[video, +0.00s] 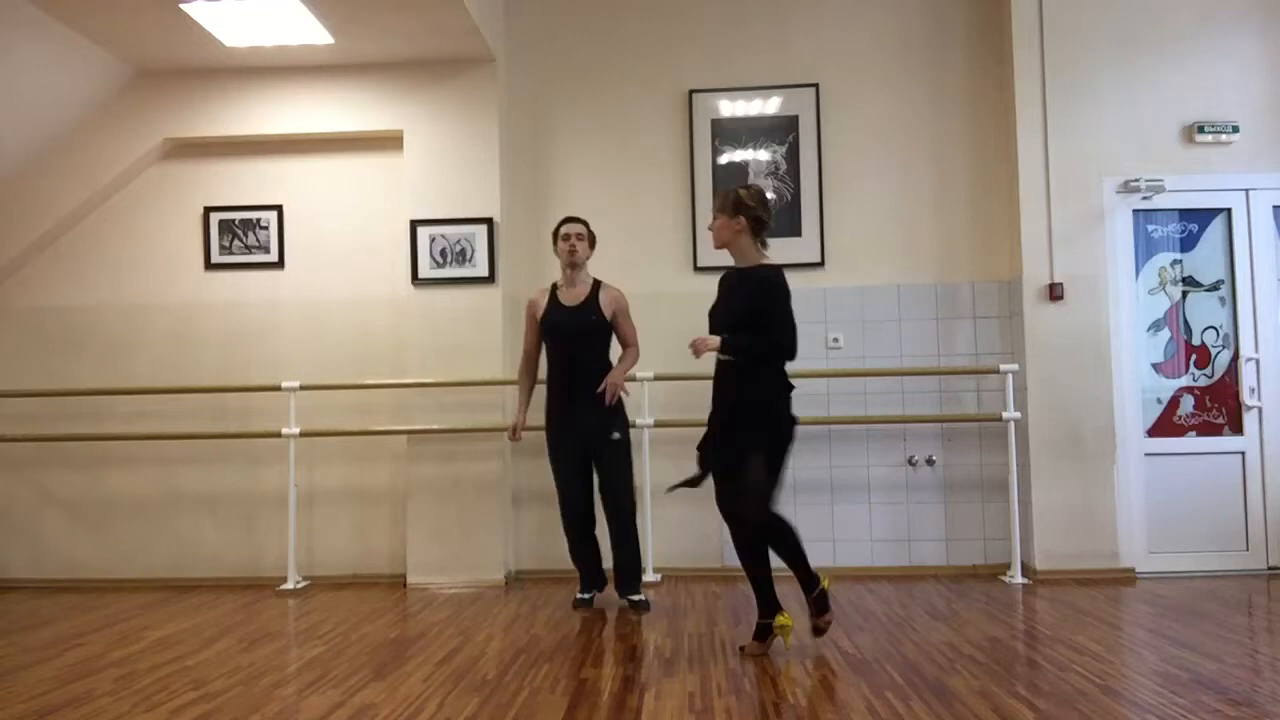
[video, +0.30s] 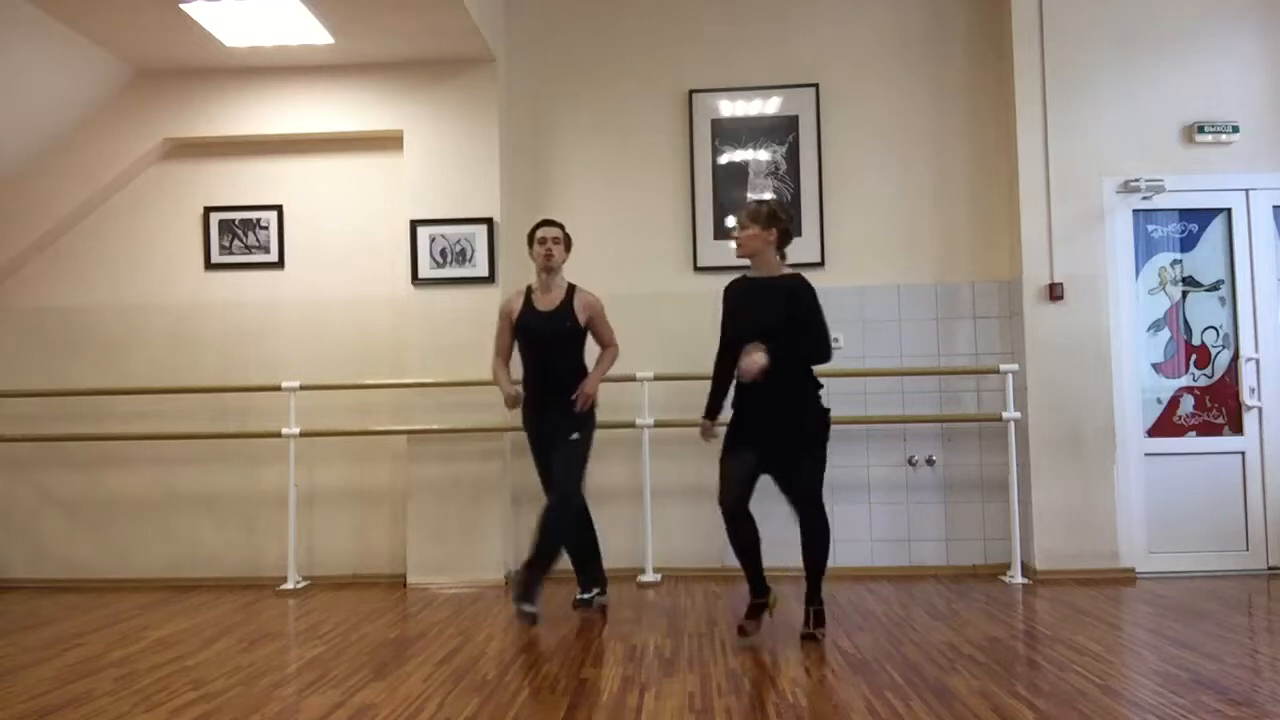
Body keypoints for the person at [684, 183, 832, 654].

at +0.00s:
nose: (710, 225)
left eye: (717, 218)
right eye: (713, 218)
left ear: (739, 224)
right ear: (737, 225)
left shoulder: (769, 279)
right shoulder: (728, 281)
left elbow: (784, 347)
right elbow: (733, 369)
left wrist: (722, 343)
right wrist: (715, 430)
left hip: (768, 408)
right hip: (733, 409)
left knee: (756, 509)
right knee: (733, 508)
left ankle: (812, 586)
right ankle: (769, 610)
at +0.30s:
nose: (737, 234)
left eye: (746, 227)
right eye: (739, 227)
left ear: (772, 235)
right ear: (759, 237)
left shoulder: (797, 288)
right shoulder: (737, 290)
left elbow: (820, 349)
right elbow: (727, 352)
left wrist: (772, 355)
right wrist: (712, 410)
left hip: (798, 416)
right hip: (751, 415)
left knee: (810, 508)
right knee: (731, 502)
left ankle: (814, 600)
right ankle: (758, 592)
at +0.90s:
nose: (774, 236)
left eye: (782, 229)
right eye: (767, 229)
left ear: (793, 239)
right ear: (756, 238)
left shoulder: (809, 292)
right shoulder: (738, 292)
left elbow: (821, 350)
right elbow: (713, 352)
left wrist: (775, 351)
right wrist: (731, 352)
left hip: (804, 413)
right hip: (755, 414)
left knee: (797, 509)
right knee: (753, 504)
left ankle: (794, 600)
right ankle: (767, 578)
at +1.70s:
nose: (764, 229)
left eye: (771, 222)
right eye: (756, 222)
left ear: (783, 231)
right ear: (745, 231)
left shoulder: (800, 287)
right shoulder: (725, 286)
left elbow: (811, 352)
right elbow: (701, 342)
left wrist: (797, 334)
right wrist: (721, 346)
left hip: (800, 408)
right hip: (750, 410)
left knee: (801, 506)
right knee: (743, 497)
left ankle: (802, 608)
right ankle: (755, 584)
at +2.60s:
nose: (722, 228)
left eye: (731, 221)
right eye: (721, 222)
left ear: (757, 228)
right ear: (728, 231)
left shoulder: (783, 283)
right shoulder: (712, 283)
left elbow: (801, 348)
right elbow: (670, 332)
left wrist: (818, 407)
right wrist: (634, 300)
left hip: (771, 398)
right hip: (723, 398)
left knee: (767, 507)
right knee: (734, 507)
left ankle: (762, 609)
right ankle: (740, 608)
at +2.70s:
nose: (721, 228)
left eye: (731, 221)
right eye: (721, 222)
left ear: (757, 228)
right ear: (728, 230)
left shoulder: (783, 282)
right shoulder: (712, 283)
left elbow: (803, 346)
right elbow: (671, 334)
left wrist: (817, 405)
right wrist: (635, 303)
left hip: (771, 398)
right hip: (723, 398)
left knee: (768, 506)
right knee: (734, 506)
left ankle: (762, 608)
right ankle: (739, 608)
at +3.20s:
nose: (722, 227)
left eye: (731, 219)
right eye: (720, 221)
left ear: (755, 227)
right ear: (721, 231)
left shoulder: (779, 282)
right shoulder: (709, 281)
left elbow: (799, 340)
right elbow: (673, 333)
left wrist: (824, 388)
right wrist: (648, 298)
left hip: (770, 394)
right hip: (722, 395)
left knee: (770, 506)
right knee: (733, 506)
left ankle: (764, 609)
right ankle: (741, 608)